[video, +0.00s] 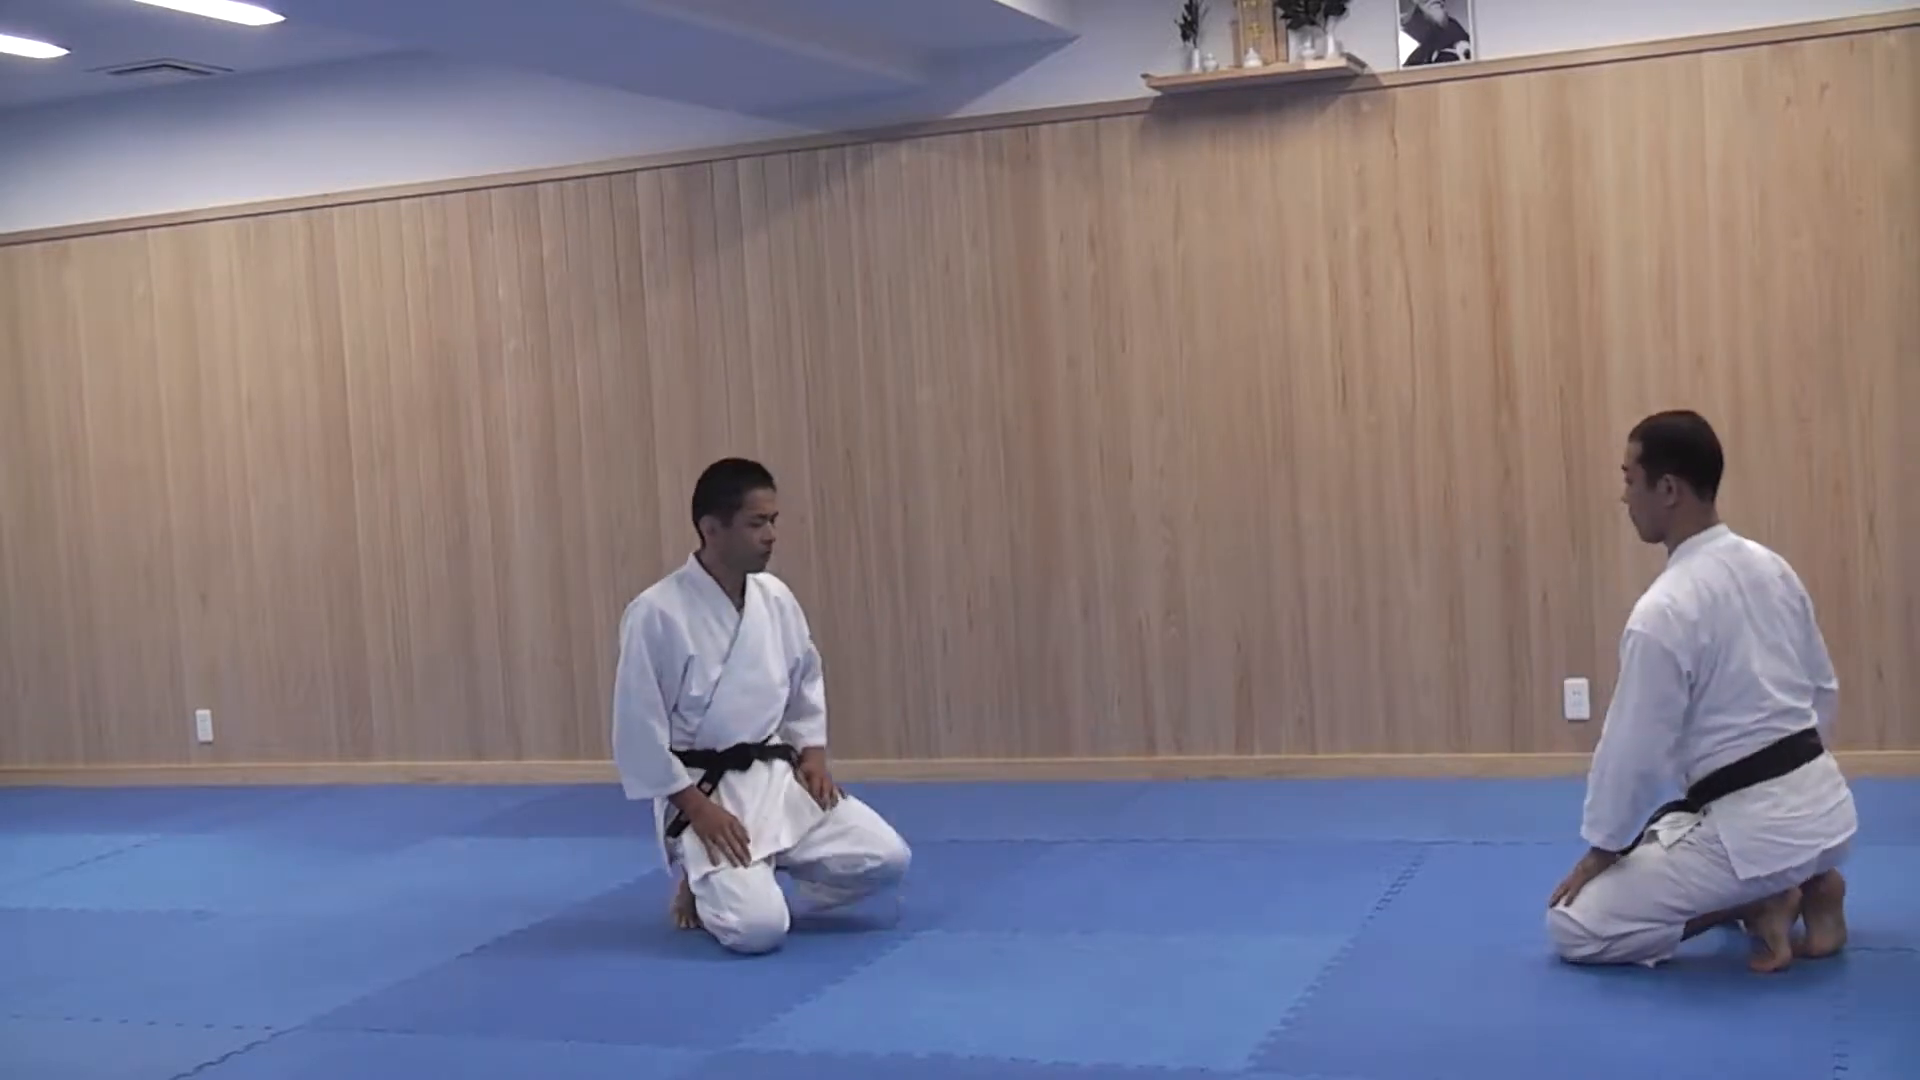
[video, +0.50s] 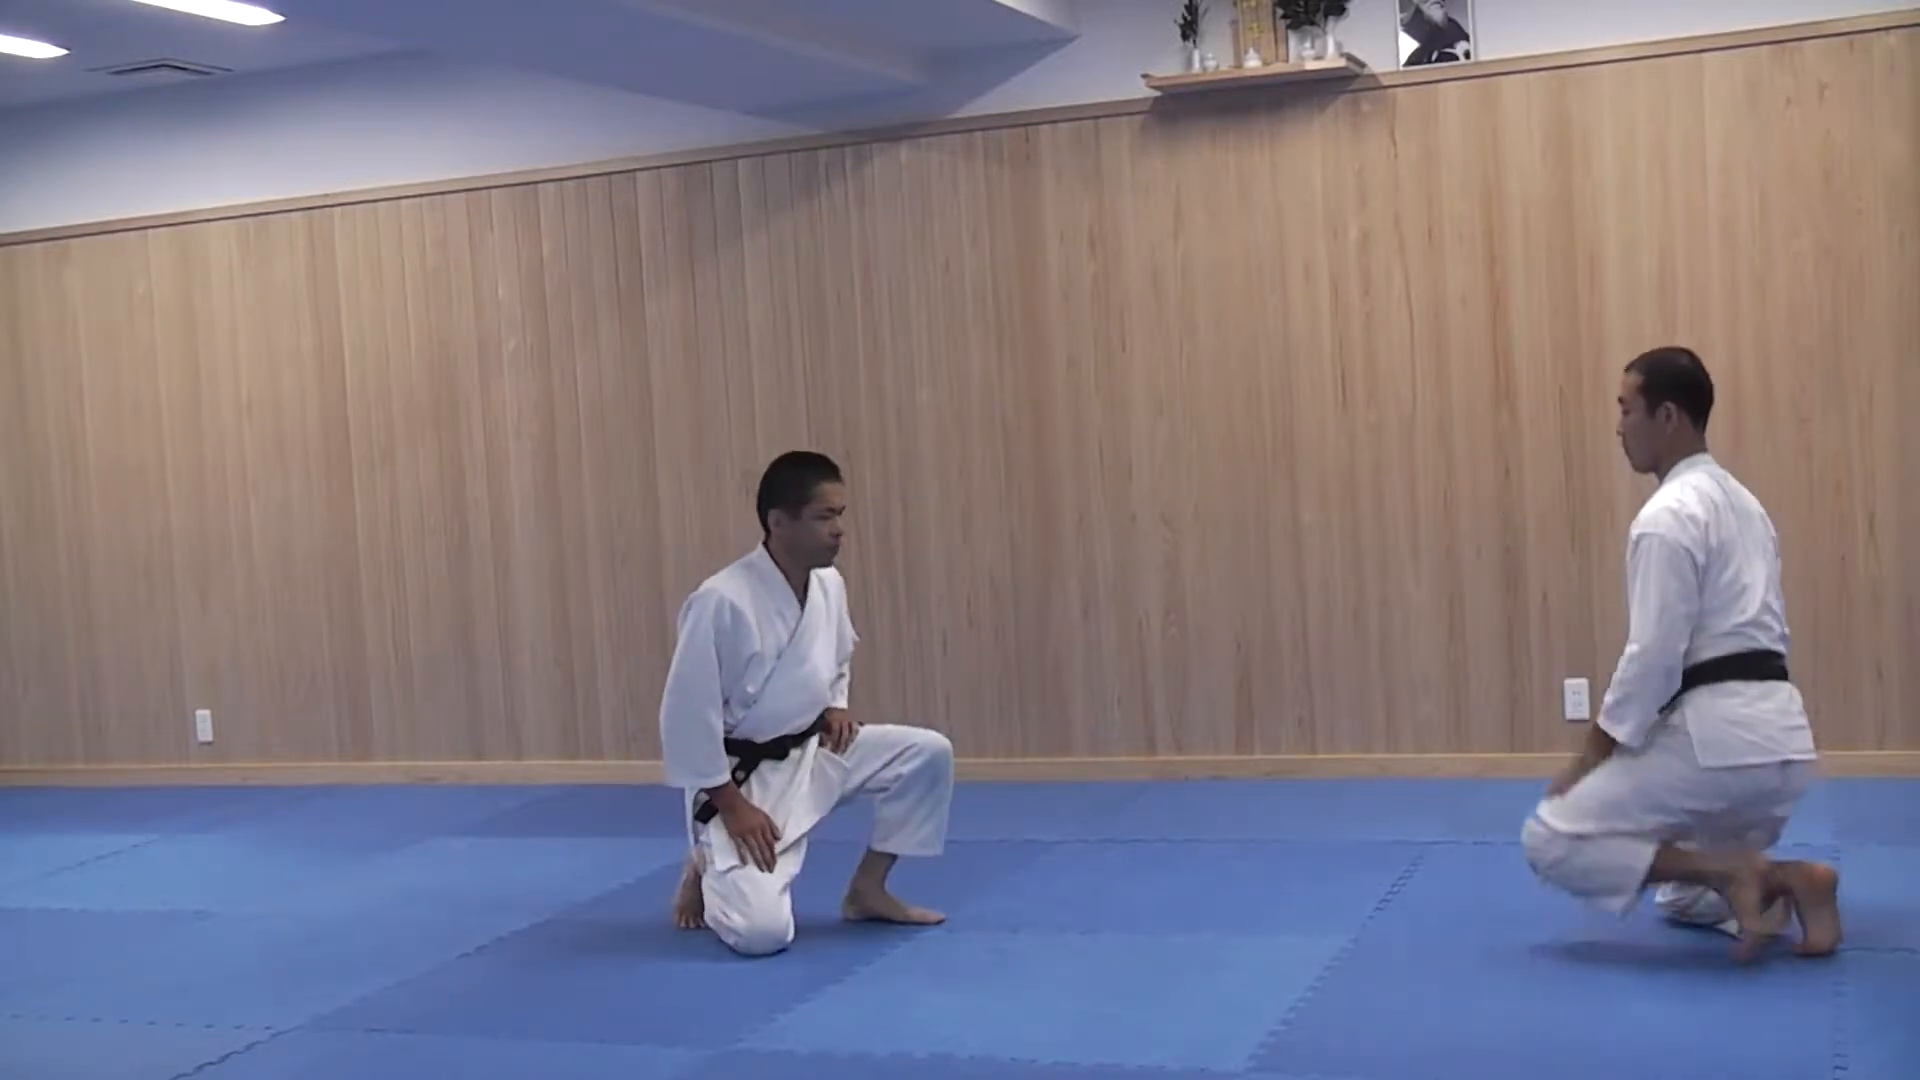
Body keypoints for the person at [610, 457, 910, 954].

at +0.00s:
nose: (772, 536)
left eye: (774, 521)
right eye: (758, 524)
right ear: (711, 529)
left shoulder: (775, 597)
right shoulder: (656, 613)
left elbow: (805, 680)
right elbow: (638, 733)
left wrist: (813, 751)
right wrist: (695, 804)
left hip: (777, 777)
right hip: (705, 793)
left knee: (884, 859)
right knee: (762, 929)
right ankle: (698, 887)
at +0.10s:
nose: (776, 524)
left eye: (777, 509)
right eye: (761, 511)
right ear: (714, 516)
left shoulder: (778, 583)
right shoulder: (659, 602)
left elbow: (808, 659)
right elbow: (644, 720)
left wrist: (813, 721)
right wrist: (698, 799)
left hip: (782, 761)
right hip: (711, 781)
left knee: (890, 818)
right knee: (761, 932)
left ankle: (767, 865)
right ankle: (701, 878)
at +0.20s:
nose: (788, 516)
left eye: (789, 502)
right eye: (774, 505)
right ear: (726, 511)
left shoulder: (782, 575)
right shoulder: (673, 594)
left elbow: (809, 647)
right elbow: (654, 713)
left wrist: (810, 702)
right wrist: (706, 795)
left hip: (786, 753)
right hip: (721, 779)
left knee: (899, 774)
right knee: (761, 934)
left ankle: (805, 867)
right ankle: (701, 875)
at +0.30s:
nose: (802, 517)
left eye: (804, 503)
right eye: (789, 505)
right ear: (740, 510)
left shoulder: (789, 570)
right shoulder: (688, 592)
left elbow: (810, 646)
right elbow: (666, 712)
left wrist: (811, 695)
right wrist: (715, 797)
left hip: (794, 744)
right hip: (735, 774)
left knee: (905, 745)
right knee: (761, 934)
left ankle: (859, 887)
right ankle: (701, 872)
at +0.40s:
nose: (820, 520)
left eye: (821, 506)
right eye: (806, 508)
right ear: (757, 514)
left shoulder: (805, 575)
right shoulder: (703, 595)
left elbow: (819, 654)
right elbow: (677, 714)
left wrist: (821, 698)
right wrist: (723, 801)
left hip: (806, 746)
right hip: (744, 776)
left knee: (917, 748)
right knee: (762, 934)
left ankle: (867, 888)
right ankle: (701, 870)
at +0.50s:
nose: (840, 529)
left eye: (841, 515)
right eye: (826, 516)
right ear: (777, 522)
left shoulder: (827, 584)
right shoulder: (721, 602)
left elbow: (838, 659)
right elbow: (686, 720)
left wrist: (836, 705)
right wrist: (733, 806)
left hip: (817, 750)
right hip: (751, 780)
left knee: (928, 752)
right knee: (763, 936)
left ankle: (868, 887)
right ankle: (703, 871)